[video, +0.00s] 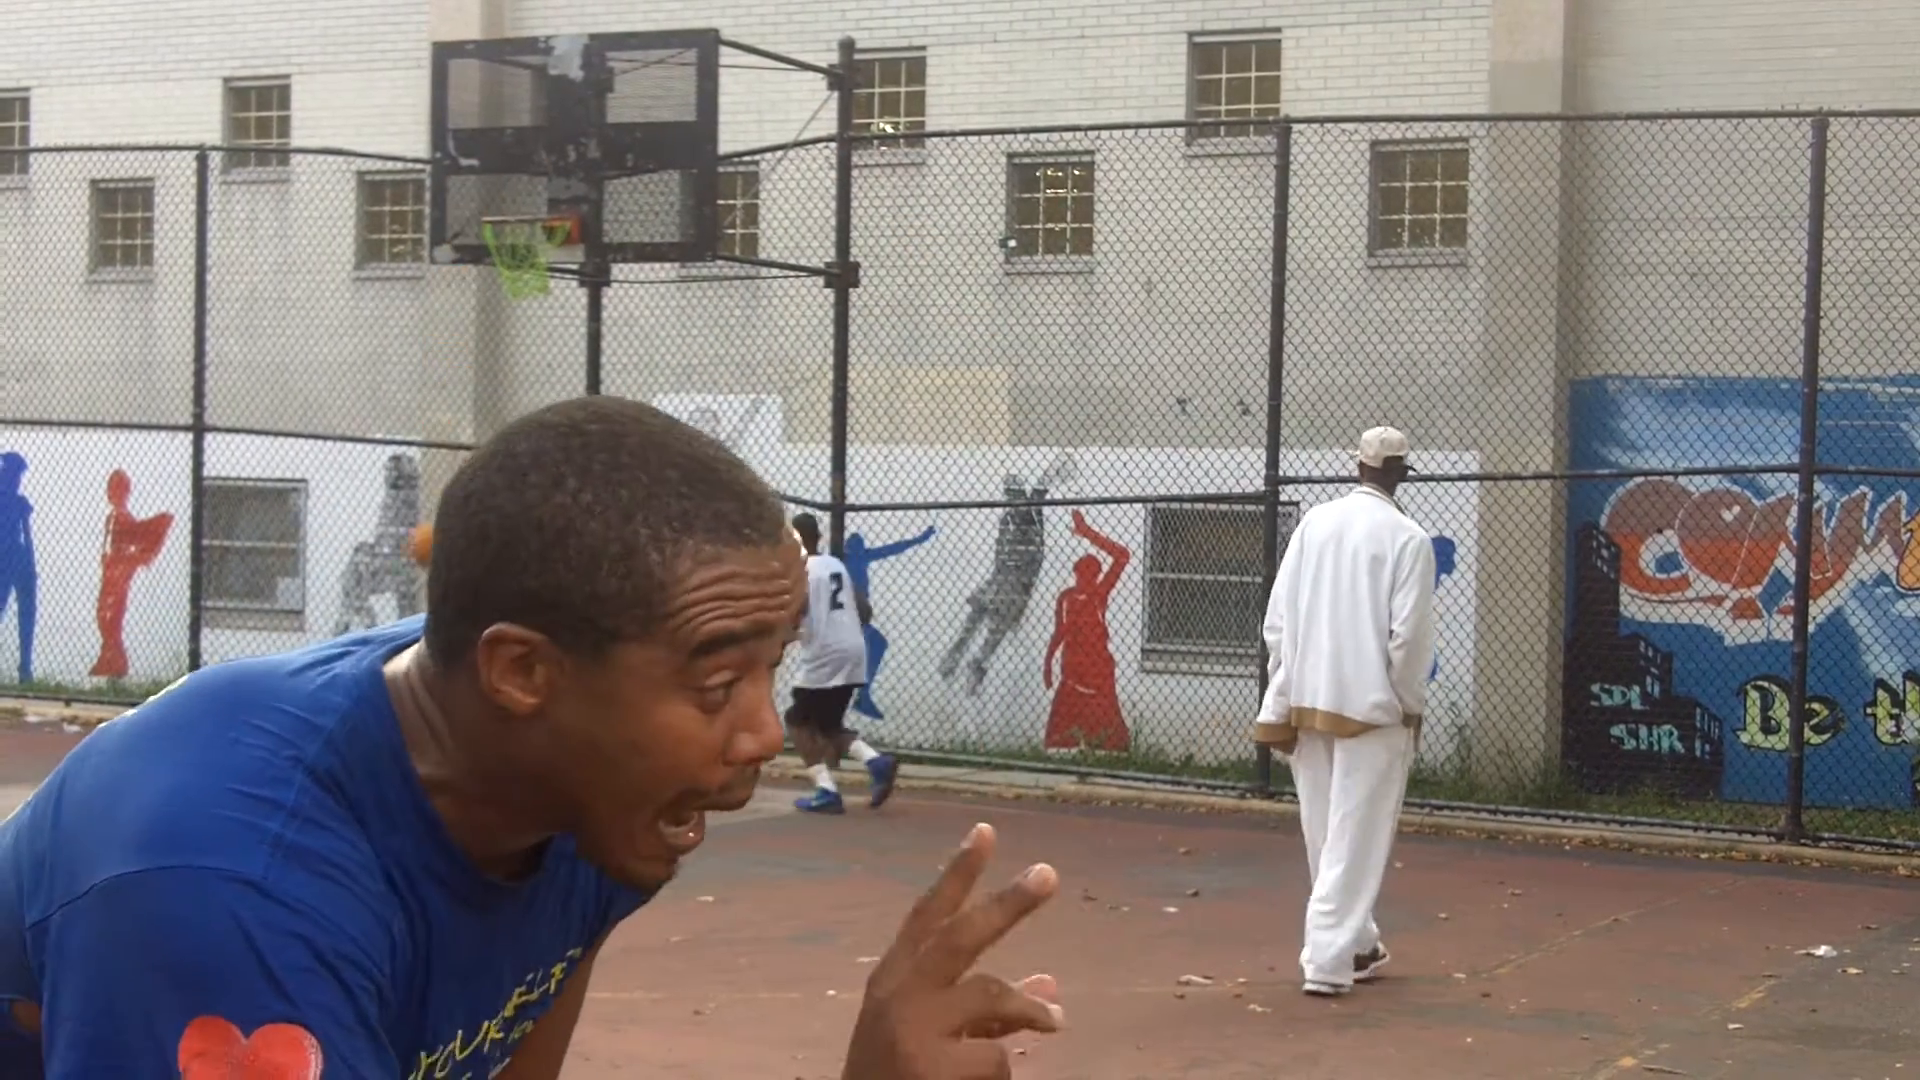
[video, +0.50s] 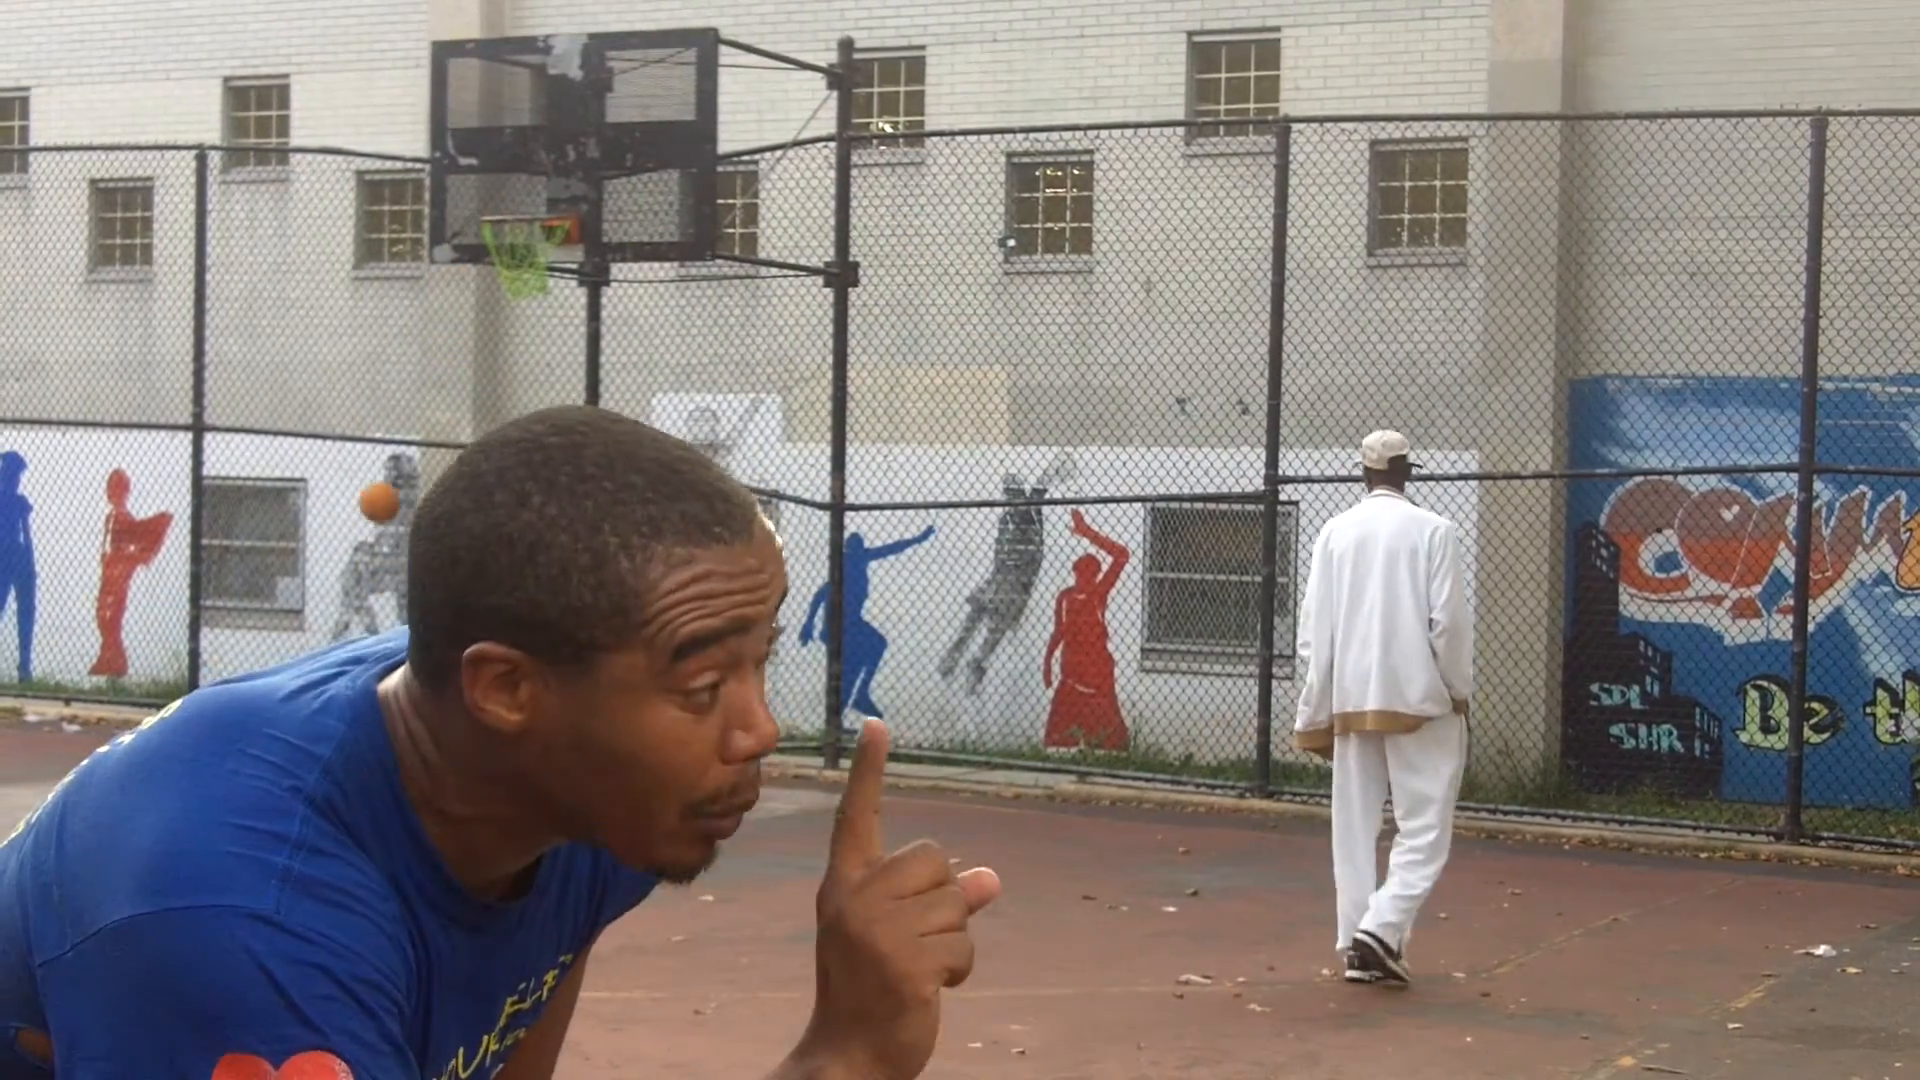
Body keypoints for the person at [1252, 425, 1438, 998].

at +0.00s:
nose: (1394, 478)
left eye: (1376, 466)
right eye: (1400, 472)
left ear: (1357, 469)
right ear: (1402, 475)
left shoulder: (1313, 522)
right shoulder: (1408, 538)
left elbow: (1277, 620)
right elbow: (1407, 635)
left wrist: (1286, 691)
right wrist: (1412, 704)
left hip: (1306, 698)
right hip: (1371, 704)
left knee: (1323, 827)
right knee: (1353, 832)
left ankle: (1358, 942)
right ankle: (1323, 965)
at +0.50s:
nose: (1399, 477)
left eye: (1380, 470)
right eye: (1404, 470)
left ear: (1364, 476)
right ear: (1408, 474)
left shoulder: (1333, 532)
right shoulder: (1434, 530)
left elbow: (1312, 629)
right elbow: (1447, 623)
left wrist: (1316, 703)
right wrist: (1461, 692)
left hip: (1349, 695)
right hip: (1417, 694)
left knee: (1354, 822)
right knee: (1424, 826)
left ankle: (1358, 950)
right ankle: (1382, 930)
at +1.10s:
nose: (1482, 482)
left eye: (1465, 470)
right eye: (1493, 476)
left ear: (1451, 472)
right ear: (1497, 479)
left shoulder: (1405, 520)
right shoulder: (1509, 542)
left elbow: (1367, 612)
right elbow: (1512, 634)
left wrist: (1361, 685)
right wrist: (1501, 698)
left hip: (1392, 688)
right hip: (1466, 696)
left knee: (1373, 818)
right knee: (1461, 827)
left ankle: (1365, 938)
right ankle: (1460, 960)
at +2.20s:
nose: (1406, 476)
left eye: (1411, 468)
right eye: (1408, 467)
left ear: (1430, 470)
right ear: (1456, 472)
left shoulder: (1410, 524)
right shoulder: (1498, 533)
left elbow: (1396, 618)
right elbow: (1522, 623)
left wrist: (1380, 693)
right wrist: (1504, 692)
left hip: (1422, 697)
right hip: (1483, 699)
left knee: (1417, 825)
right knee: (1477, 822)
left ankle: (1431, 956)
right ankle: (1474, 956)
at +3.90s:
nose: (1423, 476)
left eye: (1427, 467)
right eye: (1424, 467)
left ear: (1437, 469)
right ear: (1473, 473)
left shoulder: (1427, 522)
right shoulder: (1504, 529)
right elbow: (1527, 617)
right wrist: (1514, 676)